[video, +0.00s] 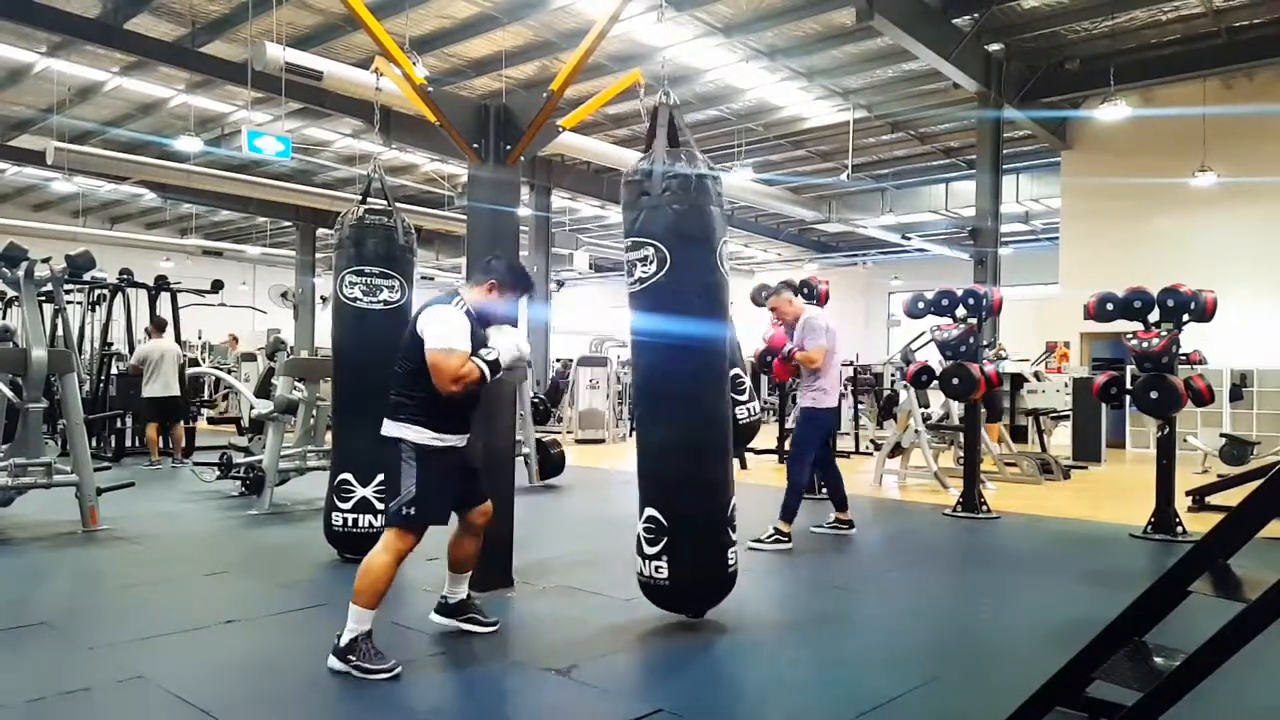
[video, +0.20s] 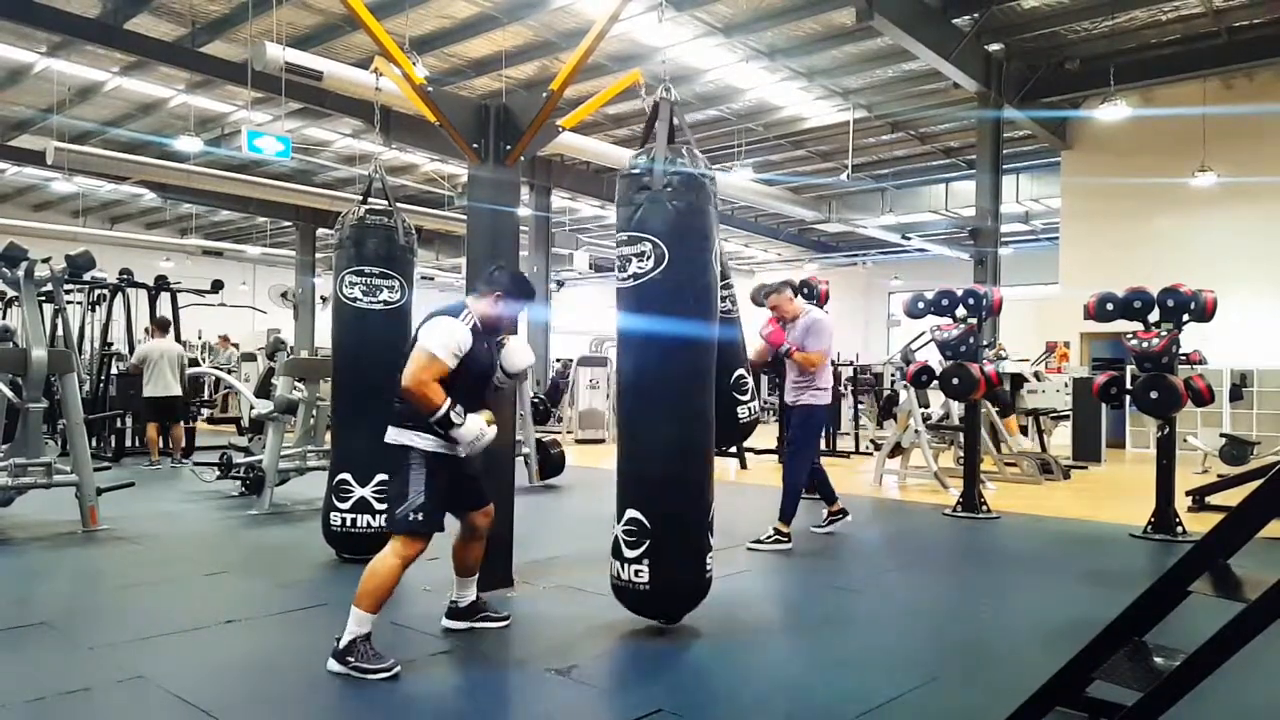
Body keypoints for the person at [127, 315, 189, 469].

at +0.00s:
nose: (149, 329)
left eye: (150, 327)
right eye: (151, 327)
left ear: (151, 329)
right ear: (165, 330)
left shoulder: (144, 348)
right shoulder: (175, 347)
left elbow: (132, 369)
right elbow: (180, 364)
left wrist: (148, 370)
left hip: (151, 393)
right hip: (173, 392)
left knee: (152, 424)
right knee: (176, 424)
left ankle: (154, 459)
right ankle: (177, 457)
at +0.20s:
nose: (151, 331)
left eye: (152, 329)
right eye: (153, 329)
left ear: (153, 329)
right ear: (168, 330)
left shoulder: (145, 348)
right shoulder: (178, 348)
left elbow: (132, 368)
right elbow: (183, 370)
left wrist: (148, 369)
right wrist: (182, 387)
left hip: (152, 393)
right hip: (174, 392)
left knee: (152, 424)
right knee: (176, 424)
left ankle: (154, 459)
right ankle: (177, 457)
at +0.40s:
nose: (161, 331)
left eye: (161, 329)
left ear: (160, 329)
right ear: (175, 331)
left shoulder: (150, 347)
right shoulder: (182, 348)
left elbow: (138, 361)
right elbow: (189, 364)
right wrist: (176, 364)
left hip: (155, 392)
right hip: (177, 392)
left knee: (153, 423)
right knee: (178, 424)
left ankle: (154, 458)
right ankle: (177, 457)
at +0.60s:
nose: (167, 331)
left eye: (168, 328)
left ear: (169, 329)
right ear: (183, 332)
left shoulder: (156, 348)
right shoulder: (189, 349)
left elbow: (147, 364)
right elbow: (198, 369)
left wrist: (159, 369)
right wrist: (198, 390)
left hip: (161, 392)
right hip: (182, 392)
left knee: (156, 424)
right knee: (180, 424)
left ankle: (155, 457)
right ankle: (177, 457)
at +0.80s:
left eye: (177, 331)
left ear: (176, 331)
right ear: (191, 333)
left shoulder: (163, 348)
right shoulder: (197, 350)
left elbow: (155, 365)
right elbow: (202, 374)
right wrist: (203, 391)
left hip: (168, 393)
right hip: (189, 393)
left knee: (163, 422)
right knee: (184, 424)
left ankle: (158, 450)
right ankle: (177, 457)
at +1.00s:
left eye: (183, 331)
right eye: (197, 334)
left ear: (183, 331)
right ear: (197, 334)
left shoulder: (169, 348)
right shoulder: (201, 351)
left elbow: (161, 366)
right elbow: (208, 372)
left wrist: (169, 374)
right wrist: (206, 387)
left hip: (173, 391)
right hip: (192, 391)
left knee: (175, 423)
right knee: (187, 424)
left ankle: (178, 454)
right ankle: (178, 456)